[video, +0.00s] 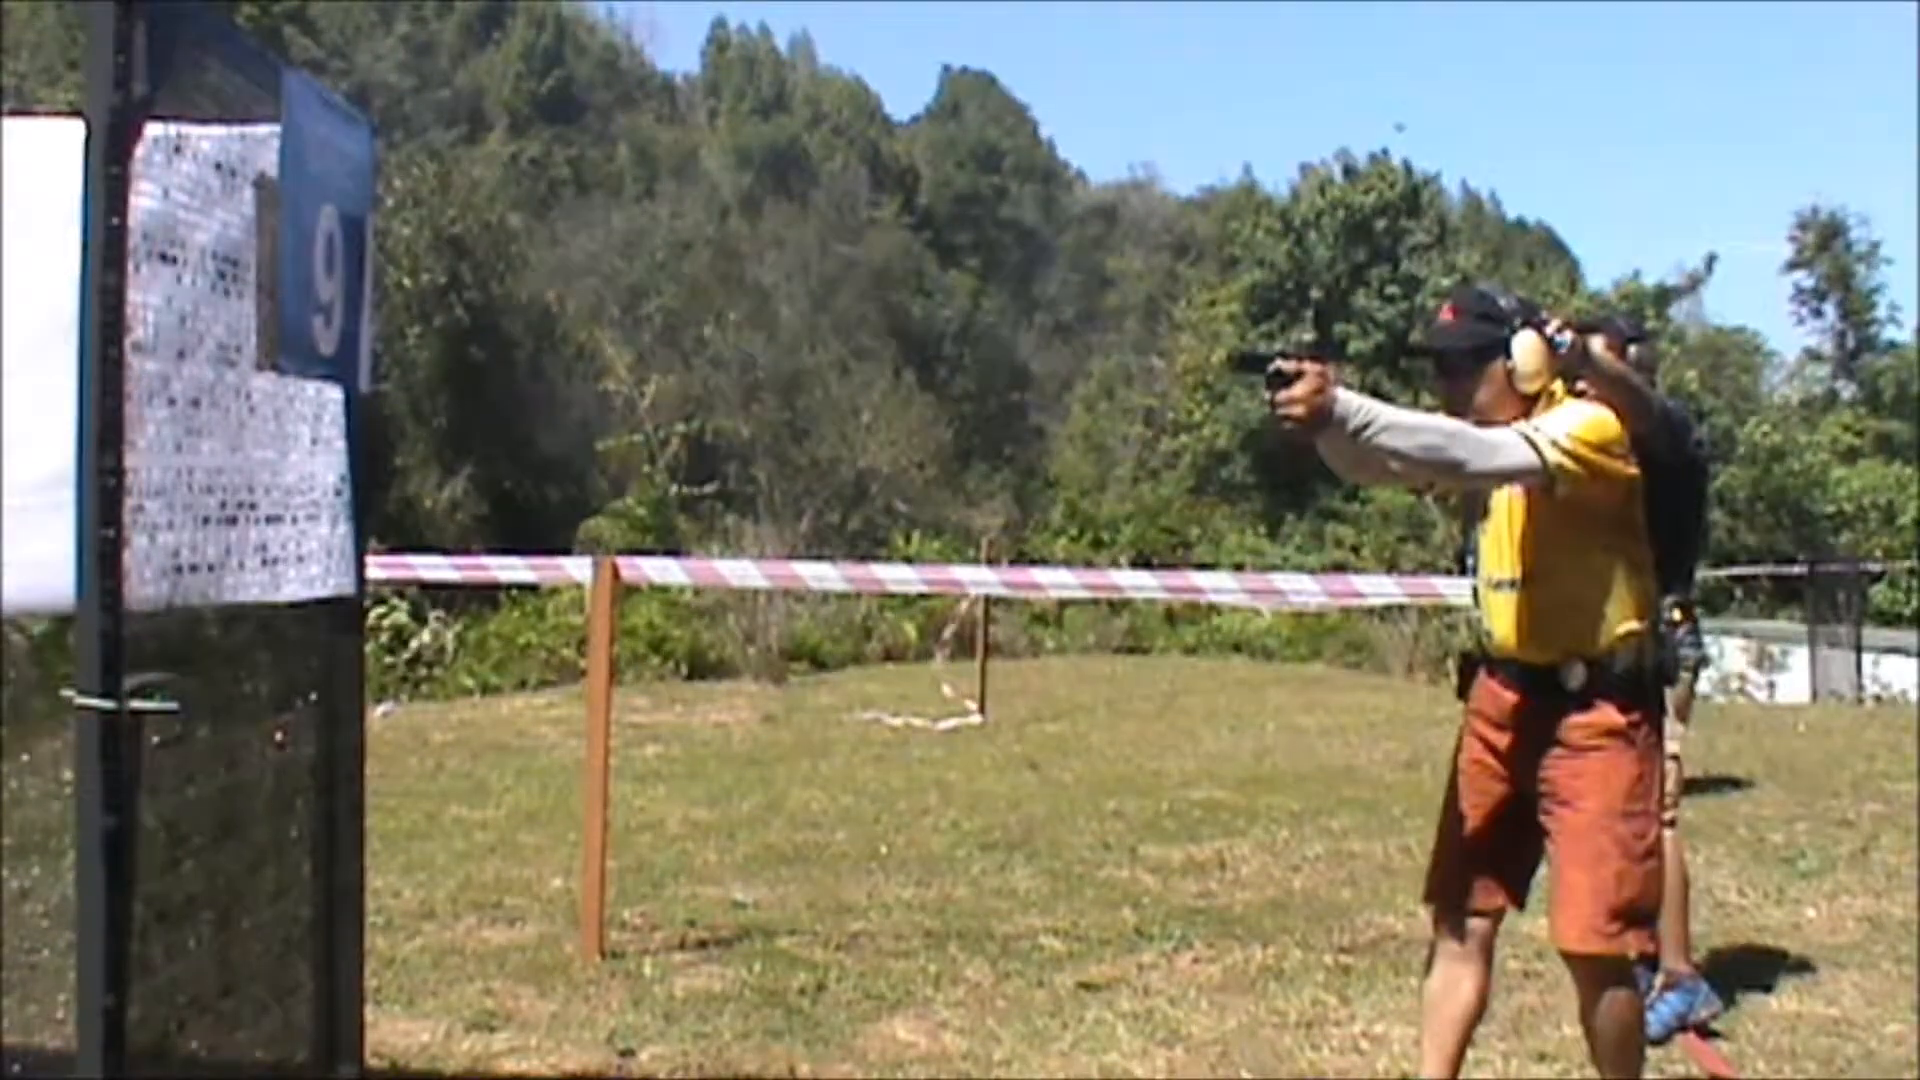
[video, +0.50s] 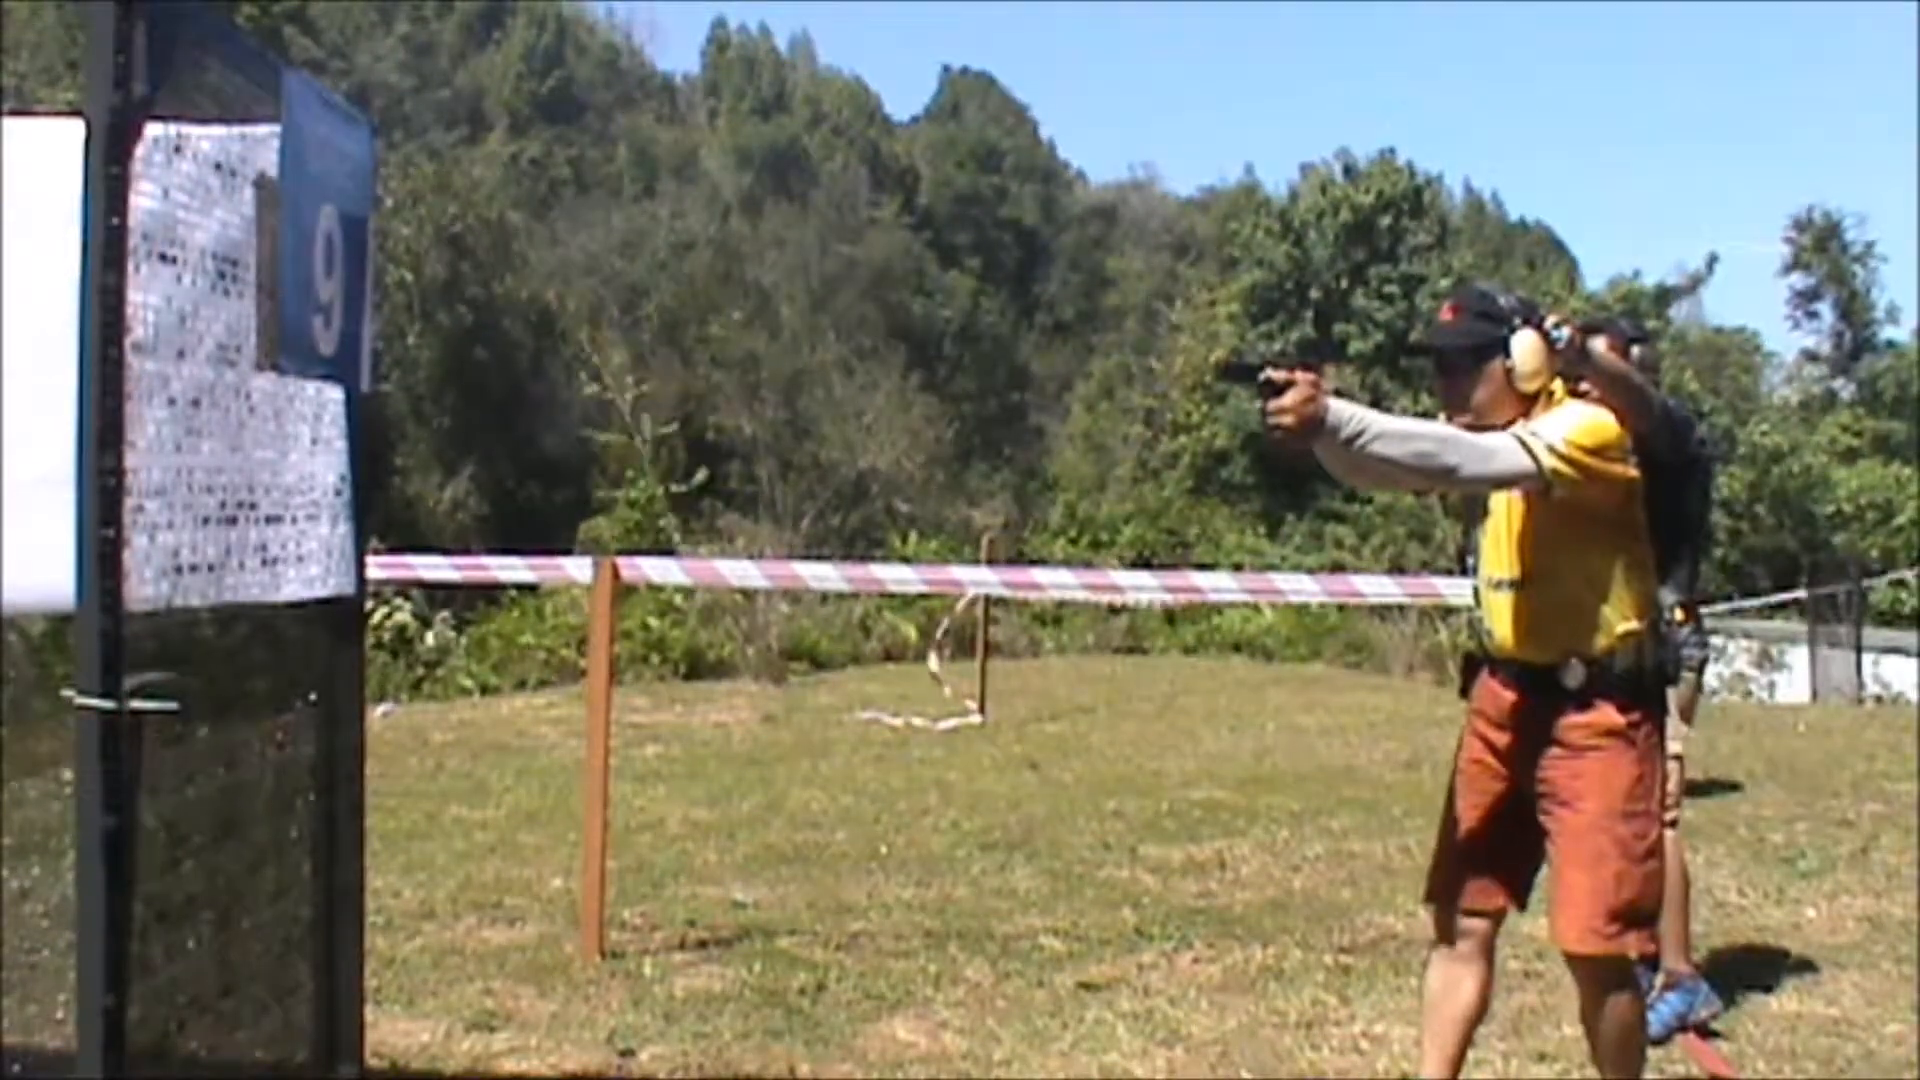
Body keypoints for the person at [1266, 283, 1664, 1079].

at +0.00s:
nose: (1448, 390)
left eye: (1461, 371)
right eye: (1442, 372)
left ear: (1513, 362)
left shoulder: (1592, 426)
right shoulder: (1491, 439)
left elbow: (1480, 454)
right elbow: (1386, 465)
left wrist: (1343, 405)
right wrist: (1320, 420)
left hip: (1601, 710)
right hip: (1504, 701)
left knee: (1595, 945)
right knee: (1463, 919)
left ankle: (1622, 1073)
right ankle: (1433, 1071)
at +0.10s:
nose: (1451, 394)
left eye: (1465, 373)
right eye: (1444, 374)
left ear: (1517, 362)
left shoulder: (1591, 427)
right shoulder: (1493, 438)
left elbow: (1476, 460)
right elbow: (1406, 468)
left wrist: (1342, 412)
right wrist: (1322, 430)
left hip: (1601, 709)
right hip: (1504, 699)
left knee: (1595, 944)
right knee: (1464, 920)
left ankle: (1622, 1073)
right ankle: (1433, 1071)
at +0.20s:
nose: (1451, 393)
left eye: (1464, 372)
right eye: (1444, 374)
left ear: (1516, 362)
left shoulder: (1591, 427)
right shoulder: (1496, 436)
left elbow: (1471, 459)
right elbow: (1407, 469)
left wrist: (1335, 410)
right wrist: (1322, 429)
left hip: (1601, 710)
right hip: (1506, 699)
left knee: (1596, 944)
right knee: (1463, 920)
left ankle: (1623, 1072)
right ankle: (1433, 1071)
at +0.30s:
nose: (1450, 392)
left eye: (1463, 371)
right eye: (1444, 373)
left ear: (1515, 362)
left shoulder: (1592, 427)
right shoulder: (1499, 436)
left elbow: (1470, 458)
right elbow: (1407, 469)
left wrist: (1335, 410)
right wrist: (1321, 428)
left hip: (1601, 711)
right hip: (1506, 700)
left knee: (1597, 945)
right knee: (1464, 920)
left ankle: (1623, 1072)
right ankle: (1433, 1071)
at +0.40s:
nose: (1449, 392)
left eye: (1462, 371)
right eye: (1442, 373)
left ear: (1514, 362)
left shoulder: (1592, 427)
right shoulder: (1497, 435)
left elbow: (1469, 457)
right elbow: (1408, 469)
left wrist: (1334, 410)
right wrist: (1321, 428)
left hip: (1601, 711)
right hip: (1506, 699)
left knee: (1596, 945)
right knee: (1464, 920)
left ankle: (1623, 1072)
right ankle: (1433, 1072)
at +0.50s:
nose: (1448, 392)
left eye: (1462, 372)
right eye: (1441, 373)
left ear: (1514, 362)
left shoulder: (1591, 427)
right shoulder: (1497, 435)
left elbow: (1467, 460)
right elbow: (1402, 470)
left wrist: (1332, 412)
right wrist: (1320, 430)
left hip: (1601, 711)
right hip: (1505, 700)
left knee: (1597, 946)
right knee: (1463, 922)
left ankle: (1623, 1072)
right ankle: (1433, 1072)